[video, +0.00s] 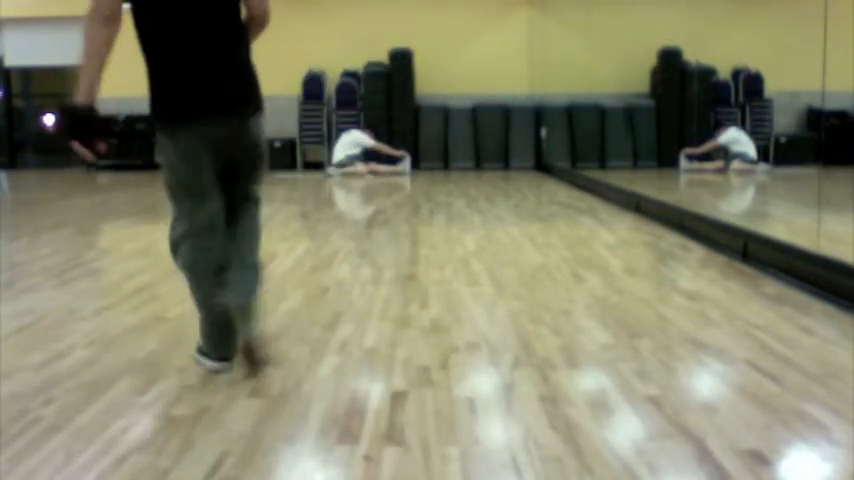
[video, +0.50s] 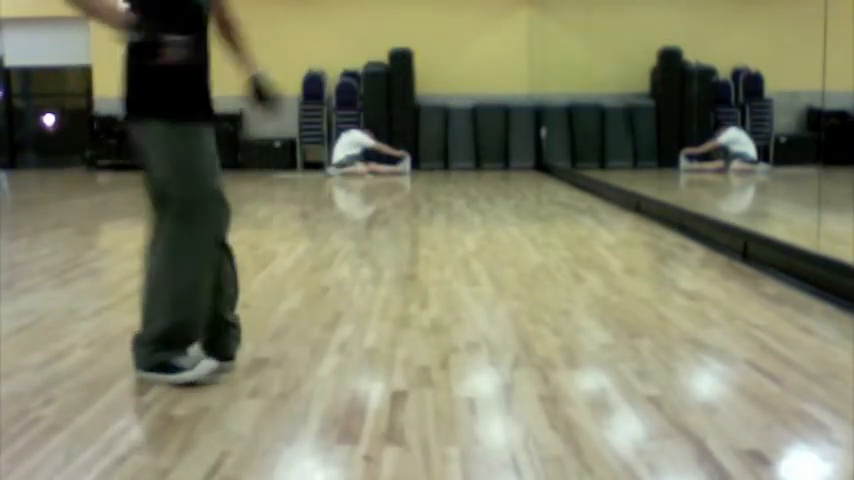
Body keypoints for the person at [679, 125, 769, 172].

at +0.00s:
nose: (719, 136)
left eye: (719, 134)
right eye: (719, 135)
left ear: (722, 130)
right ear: (726, 128)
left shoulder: (730, 132)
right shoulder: (733, 132)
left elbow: (707, 148)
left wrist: (687, 151)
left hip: (745, 159)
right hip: (734, 159)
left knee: (733, 168)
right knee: (714, 165)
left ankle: (754, 170)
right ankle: (691, 166)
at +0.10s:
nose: (719, 136)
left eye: (719, 134)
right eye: (719, 135)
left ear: (722, 130)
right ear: (726, 128)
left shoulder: (730, 132)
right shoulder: (733, 132)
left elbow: (707, 148)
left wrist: (687, 151)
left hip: (745, 159)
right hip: (734, 159)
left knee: (733, 168)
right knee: (714, 165)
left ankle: (754, 170)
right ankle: (691, 166)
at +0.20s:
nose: (719, 136)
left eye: (719, 134)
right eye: (719, 135)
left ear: (722, 130)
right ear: (726, 128)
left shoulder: (730, 132)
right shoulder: (733, 132)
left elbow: (707, 148)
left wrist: (687, 151)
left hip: (745, 159)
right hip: (734, 159)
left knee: (733, 168)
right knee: (714, 165)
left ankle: (754, 170)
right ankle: (691, 166)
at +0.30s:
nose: (719, 136)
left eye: (719, 134)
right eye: (719, 135)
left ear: (722, 130)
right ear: (726, 128)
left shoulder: (730, 132)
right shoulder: (733, 132)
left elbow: (707, 148)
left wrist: (687, 151)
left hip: (745, 159)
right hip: (734, 159)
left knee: (733, 168)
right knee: (714, 165)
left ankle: (754, 170)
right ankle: (691, 166)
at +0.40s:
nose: (719, 136)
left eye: (719, 134)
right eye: (719, 135)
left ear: (722, 130)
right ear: (726, 128)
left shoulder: (730, 132)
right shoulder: (733, 132)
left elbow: (707, 148)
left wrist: (687, 151)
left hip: (745, 159)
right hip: (734, 159)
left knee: (733, 168)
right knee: (714, 165)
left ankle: (754, 170)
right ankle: (691, 166)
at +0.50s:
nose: (719, 136)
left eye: (719, 134)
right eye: (719, 135)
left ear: (722, 130)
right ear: (725, 129)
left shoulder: (731, 132)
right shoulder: (732, 132)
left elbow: (708, 147)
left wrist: (687, 151)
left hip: (745, 159)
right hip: (734, 159)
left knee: (733, 168)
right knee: (714, 165)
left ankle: (754, 170)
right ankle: (691, 166)